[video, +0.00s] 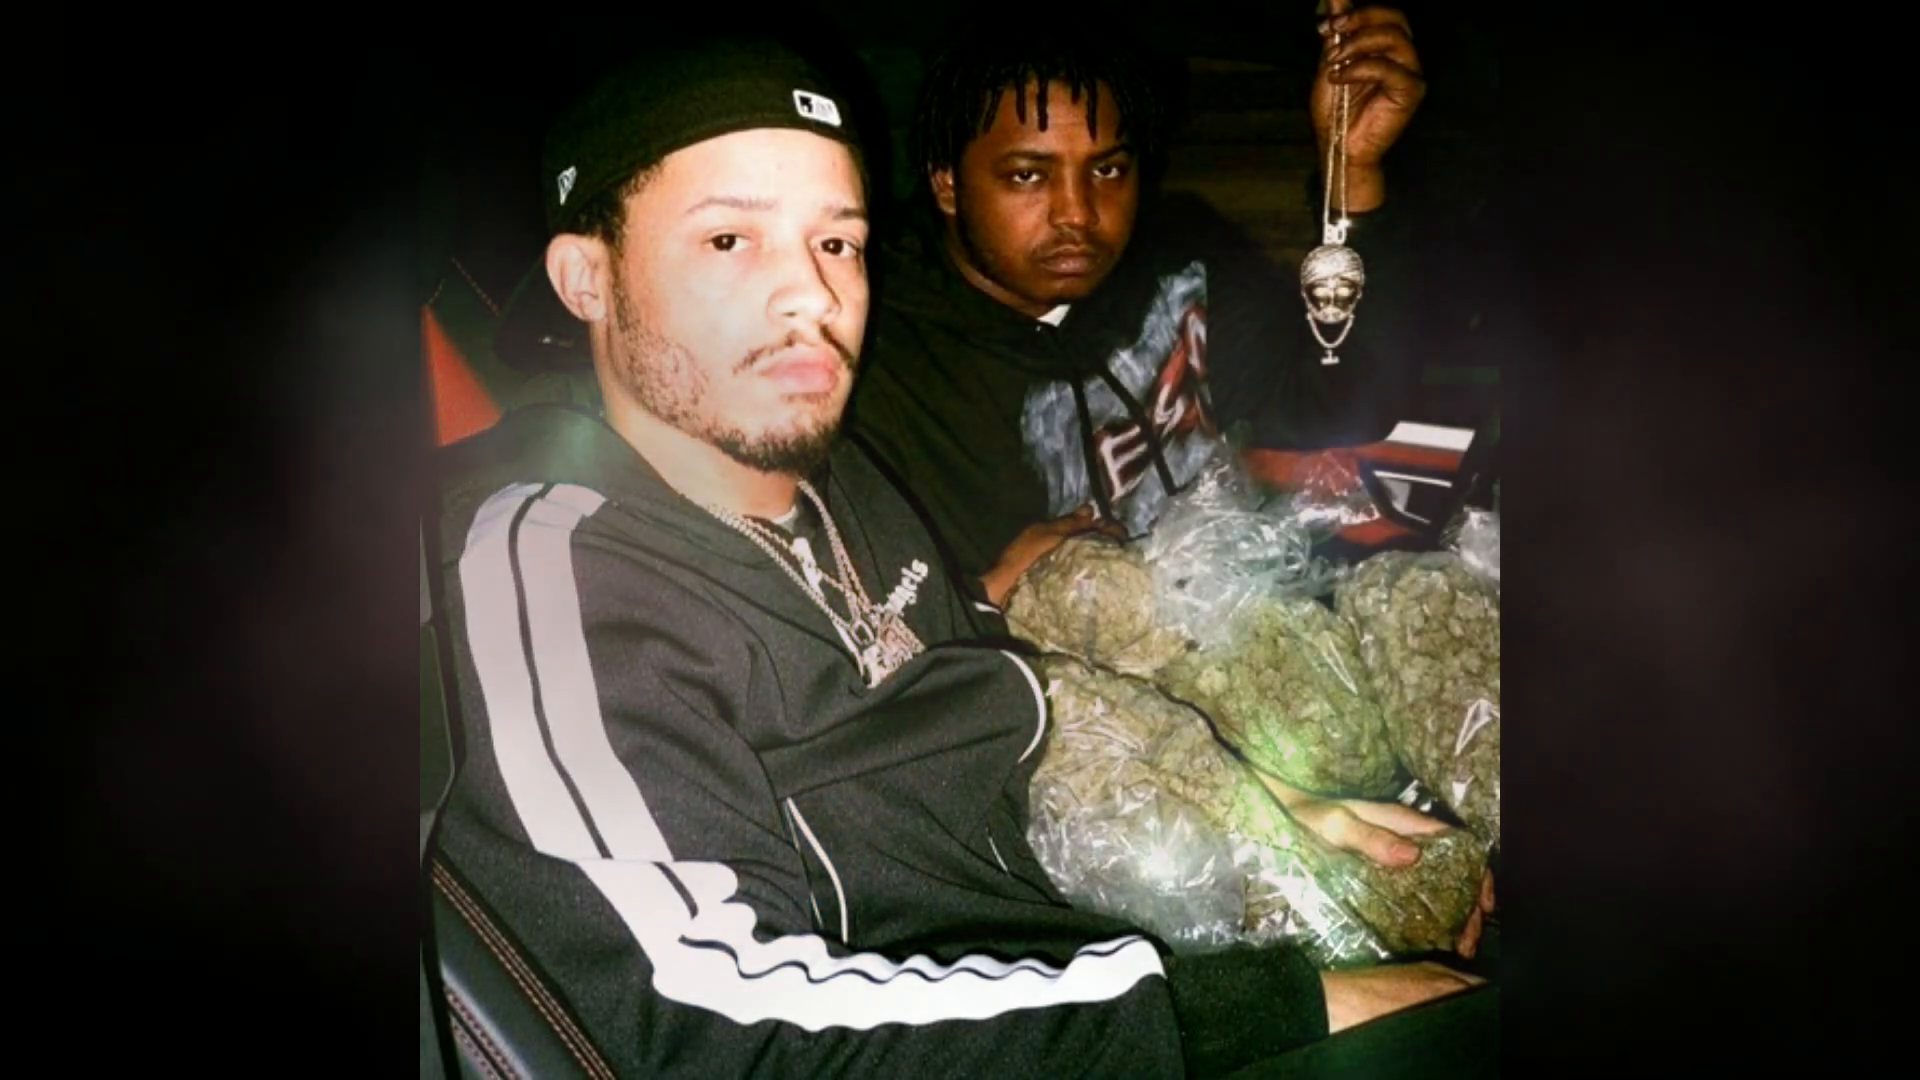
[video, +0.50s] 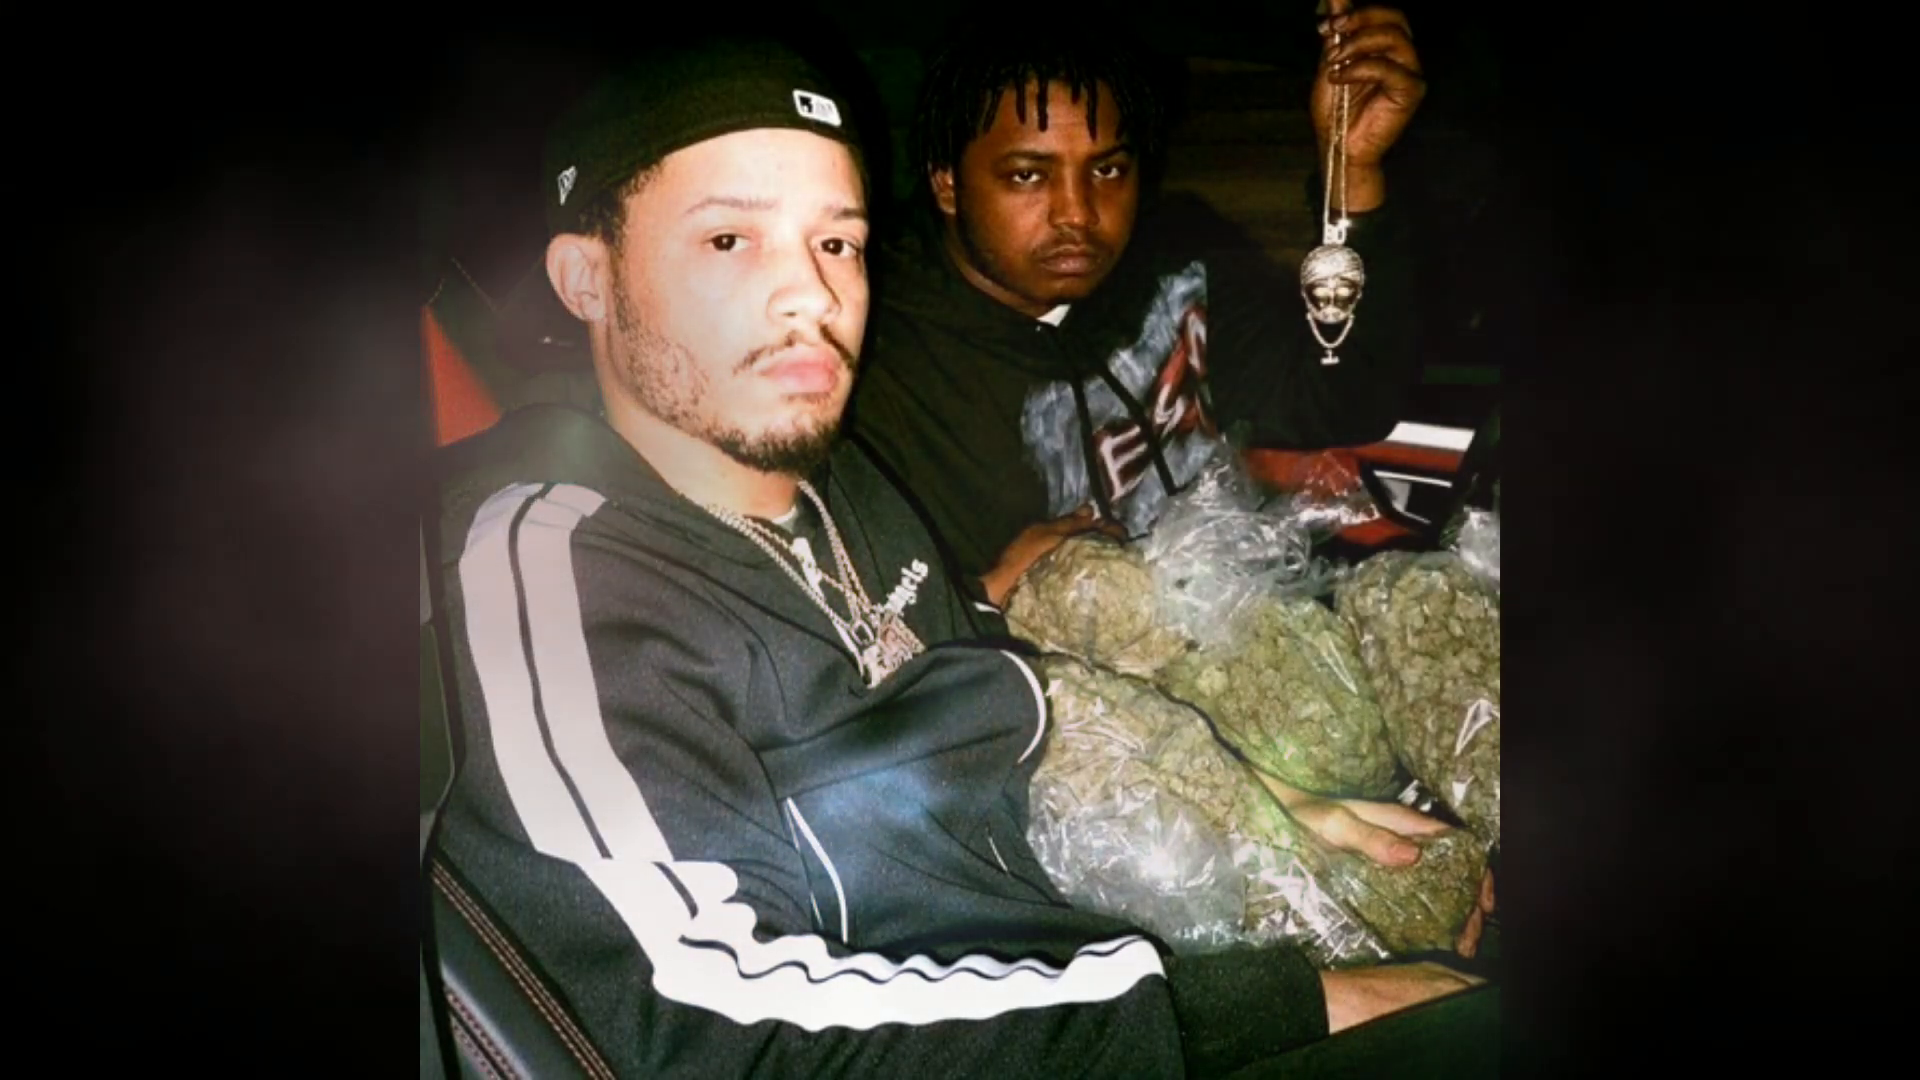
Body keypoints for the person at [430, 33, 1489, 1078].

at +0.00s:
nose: (812, 303)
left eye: (835, 249)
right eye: (730, 244)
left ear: (866, 267)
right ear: (589, 282)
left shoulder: (832, 485)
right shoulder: (537, 556)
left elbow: (1016, 769)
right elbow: (705, 1020)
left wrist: (1276, 836)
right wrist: (1277, 1009)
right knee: (1475, 1016)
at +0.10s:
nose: (811, 305)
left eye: (835, 249)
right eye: (729, 245)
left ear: (867, 267)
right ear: (588, 283)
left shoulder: (832, 486)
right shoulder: (536, 556)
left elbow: (1017, 774)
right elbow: (711, 1017)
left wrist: (1274, 839)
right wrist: (1279, 1006)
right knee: (1452, 1020)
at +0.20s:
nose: (810, 304)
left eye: (835, 249)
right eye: (728, 244)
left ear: (866, 268)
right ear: (587, 283)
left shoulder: (831, 486)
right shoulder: (536, 555)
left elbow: (1017, 761)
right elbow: (697, 1019)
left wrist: (1277, 831)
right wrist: (1274, 1007)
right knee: (1468, 1018)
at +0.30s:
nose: (810, 304)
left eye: (835, 249)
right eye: (729, 244)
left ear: (866, 266)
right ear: (587, 282)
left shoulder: (831, 484)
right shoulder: (536, 552)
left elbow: (1009, 768)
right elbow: (696, 1022)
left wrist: (1274, 833)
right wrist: (1271, 1005)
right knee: (1466, 1024)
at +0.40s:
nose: (810, 303)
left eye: (835, 248)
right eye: (729, 244)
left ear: (866, 267)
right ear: (587, 282)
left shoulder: (832, 485)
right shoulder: (536, 552)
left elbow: (1010, 769)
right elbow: (698, 1019)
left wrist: (1274, 833)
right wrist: (1268, 1005)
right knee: (1473, 1021)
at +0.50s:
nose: (810, 304)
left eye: (835, 249)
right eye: (729, 244)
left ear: (866, 267)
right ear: (587, 282)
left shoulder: (831, 484)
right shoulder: (536, 552)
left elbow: (1008, 763)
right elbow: (702, 1017)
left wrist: (1273, 834)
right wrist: (1270, 1004)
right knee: (1477, 1019)